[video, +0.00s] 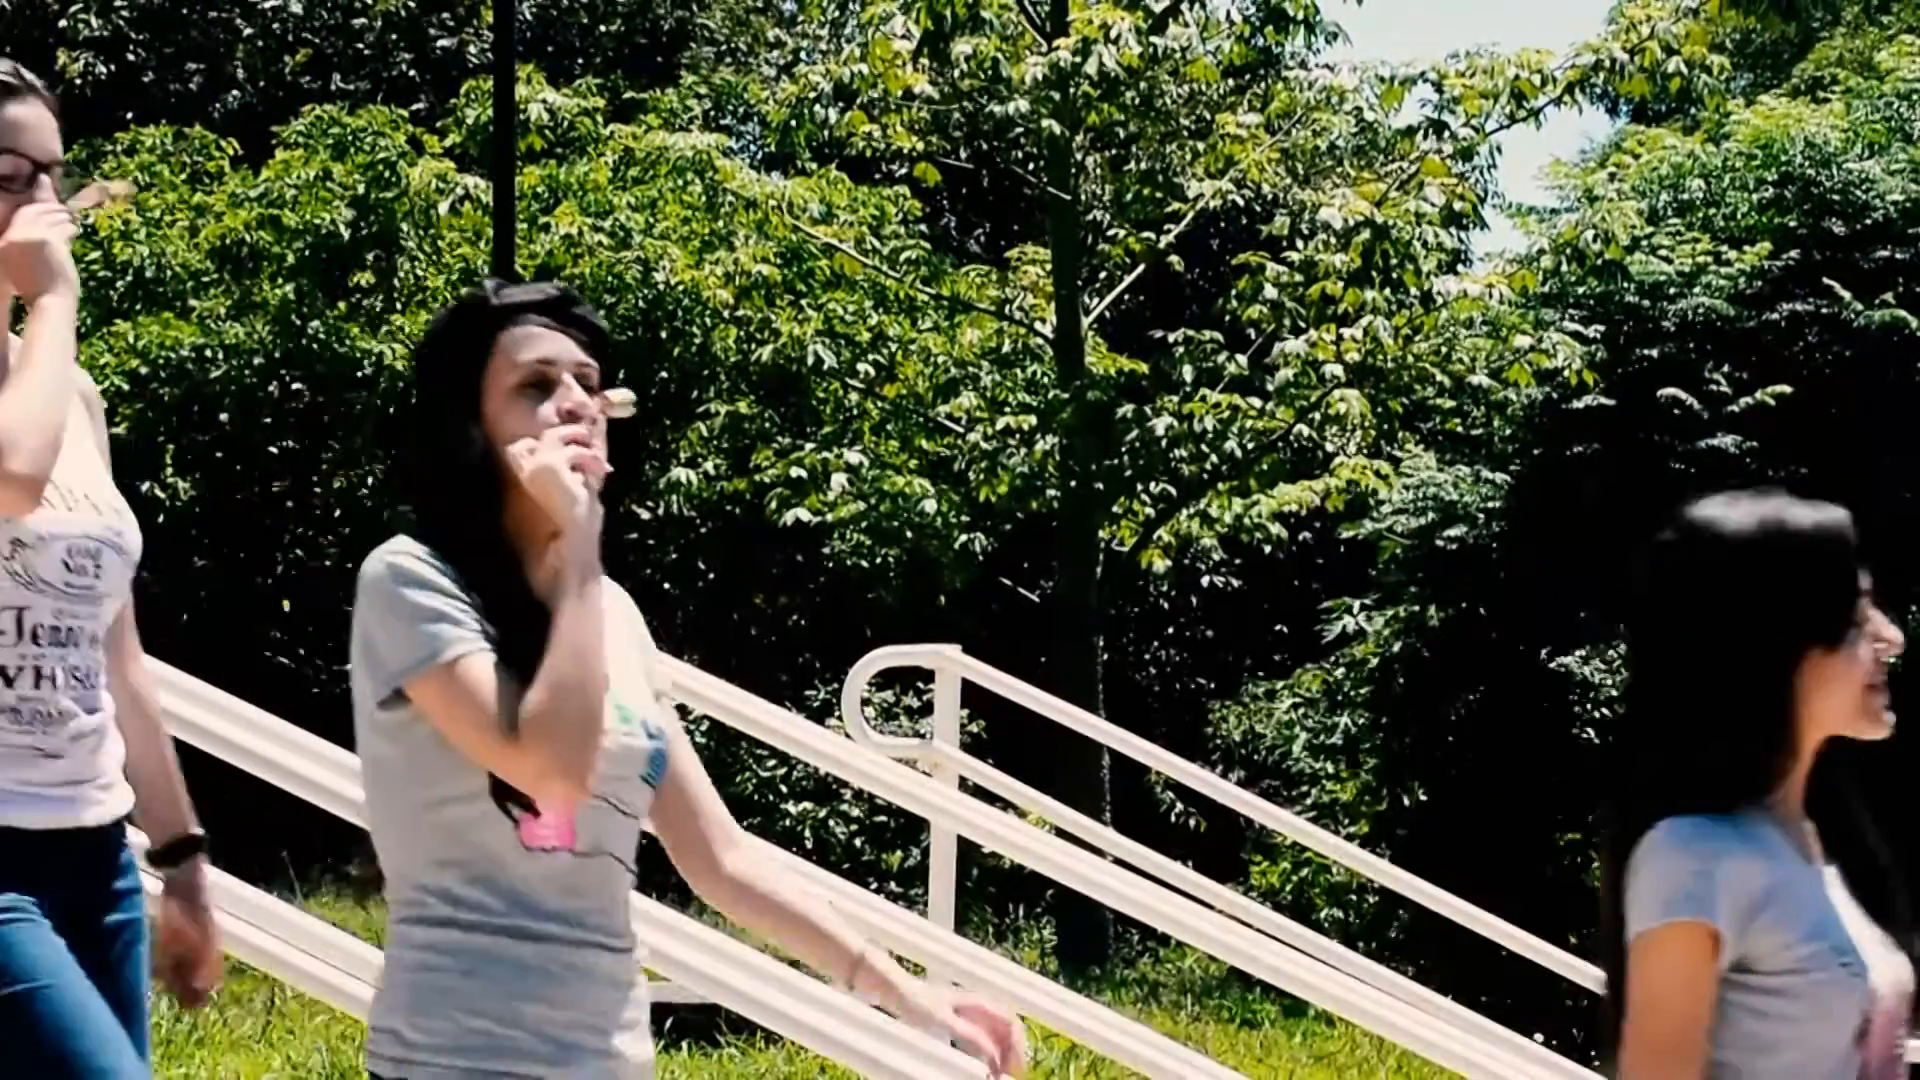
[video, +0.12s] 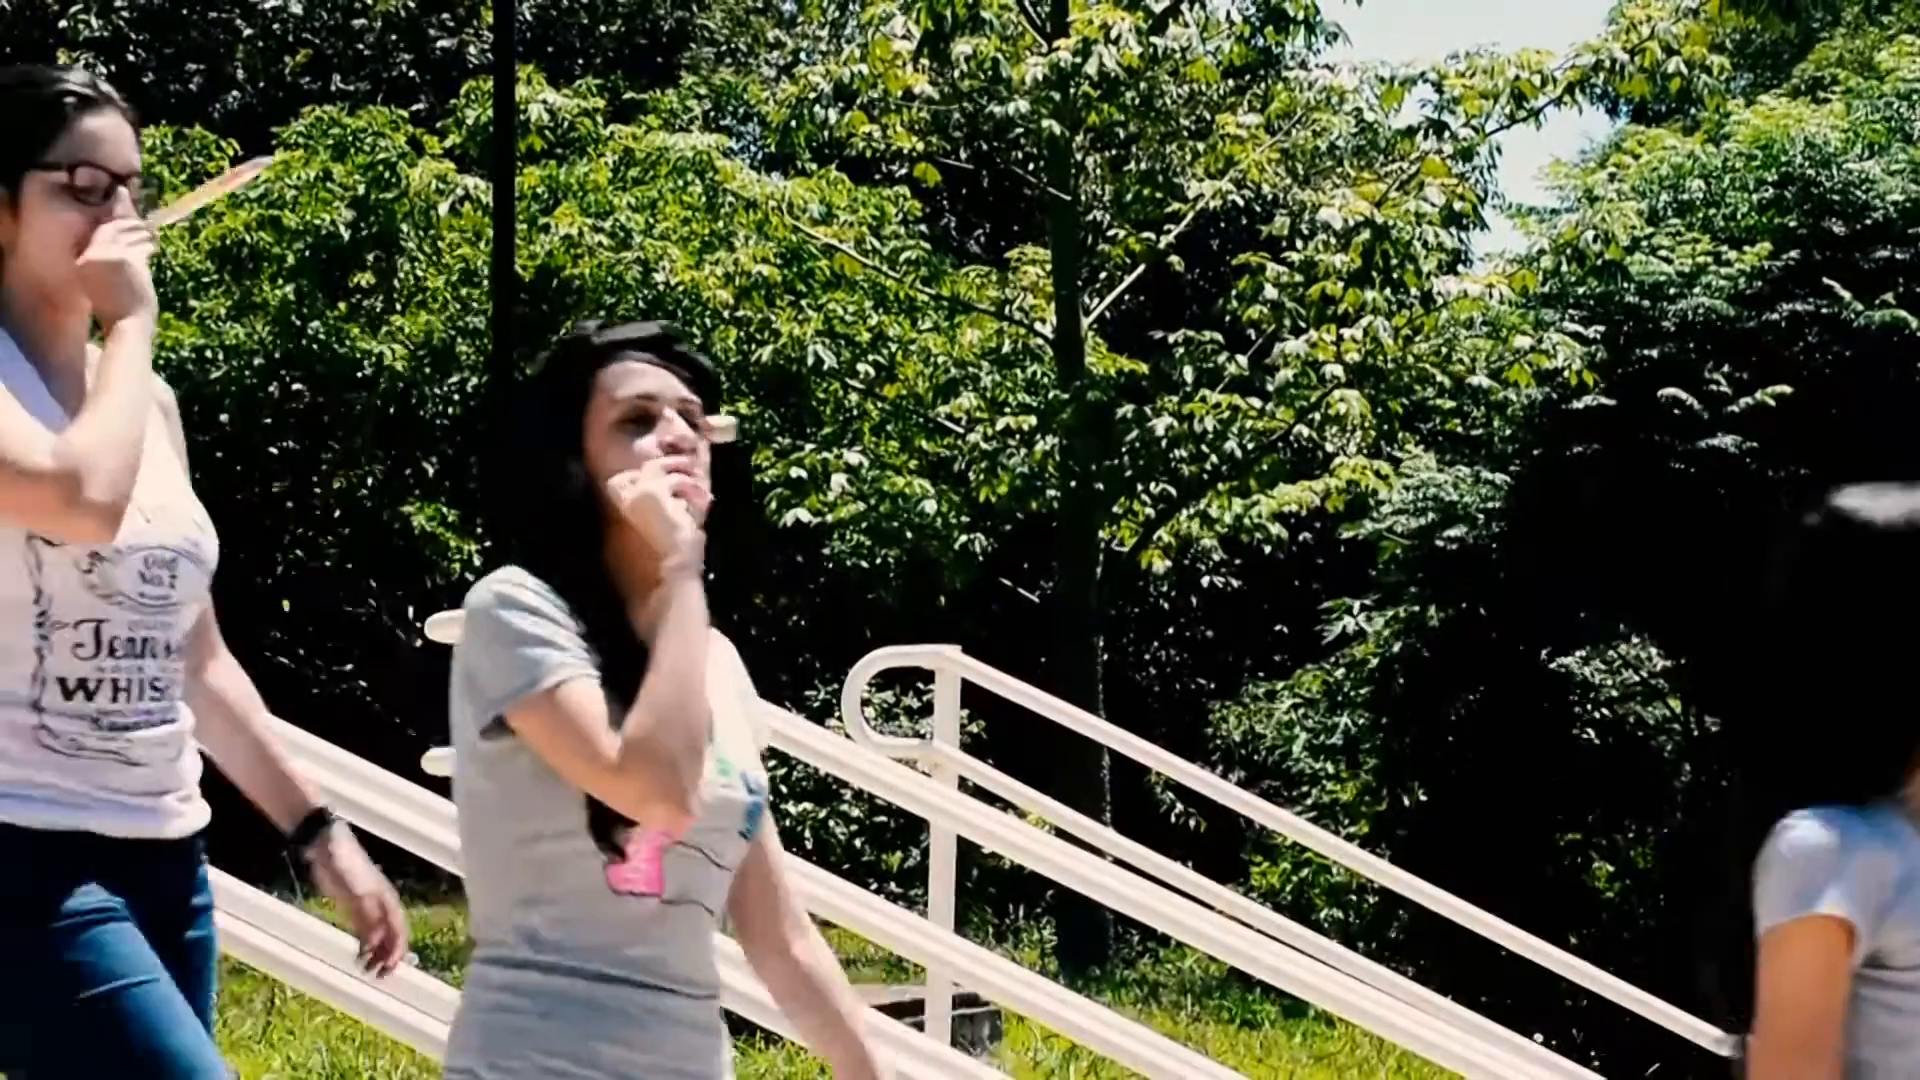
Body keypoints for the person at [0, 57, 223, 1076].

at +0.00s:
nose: (39, 198)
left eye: (51, 174)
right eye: (11, 173)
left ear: (67, 188)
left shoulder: (76, 397)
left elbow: (120, 659)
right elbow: (17, 477)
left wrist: (179, 855)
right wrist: (53, 296)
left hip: (100, 863)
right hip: (5, 865)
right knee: (112, 1070)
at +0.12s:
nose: (120, 213)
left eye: (132, 187)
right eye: (83, 186)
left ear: (145, 200)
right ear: (1, 207)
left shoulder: (148, 398)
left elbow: (198, 656)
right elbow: (87, 498)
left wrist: (318, 833)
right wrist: (132, 322)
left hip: (170, 861)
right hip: (34, 858)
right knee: (198, 1065)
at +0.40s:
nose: (321, 328)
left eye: (333, 301)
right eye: (288, 297)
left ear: (347, 312)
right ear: (189, 301)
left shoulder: (318, 496)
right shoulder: (123, 467)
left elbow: (345, 762)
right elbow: (283, 633)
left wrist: (523, 868)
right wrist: (332, 441)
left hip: (345, 988)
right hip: (175, 985)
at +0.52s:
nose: (423, 410)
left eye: (435, 383)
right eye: (391, 377)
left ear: (450, 398)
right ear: (292, 373)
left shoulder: (404, 559)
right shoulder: (217, 537)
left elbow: (404, 837)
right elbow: (353, 737)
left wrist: (539, 983)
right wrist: (426, 538)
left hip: (412, 1030)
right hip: (244, 1024)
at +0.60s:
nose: (493, 410)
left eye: (506, 383)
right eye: (464, 375)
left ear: (521, 396)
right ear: (366, 370)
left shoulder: (467, 557)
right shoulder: (292, 535)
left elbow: (439, 837)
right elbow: (429, 733)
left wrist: (555, 986)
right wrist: (494, 536)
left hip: (489, 1029)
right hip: (329, 1024)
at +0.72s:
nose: (604, 395)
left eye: (617, 370)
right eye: (573, 363)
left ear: (629, 376)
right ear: (478, 363)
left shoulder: (570, 550)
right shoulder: (412, 524)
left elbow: (577, 822)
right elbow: (533, 744)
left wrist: (650, 1006)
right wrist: (601, 538)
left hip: (607, 1025)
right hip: (463, 1018)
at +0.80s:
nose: (700, 444)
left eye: (708, 413)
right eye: (665, 409)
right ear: (569, 416)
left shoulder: (647, 595)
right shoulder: (512, 568)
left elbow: (637, 903)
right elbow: (606, 824)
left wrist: (756, 1038)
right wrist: (682, 615)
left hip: (678, 1050)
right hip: (543, 1048)